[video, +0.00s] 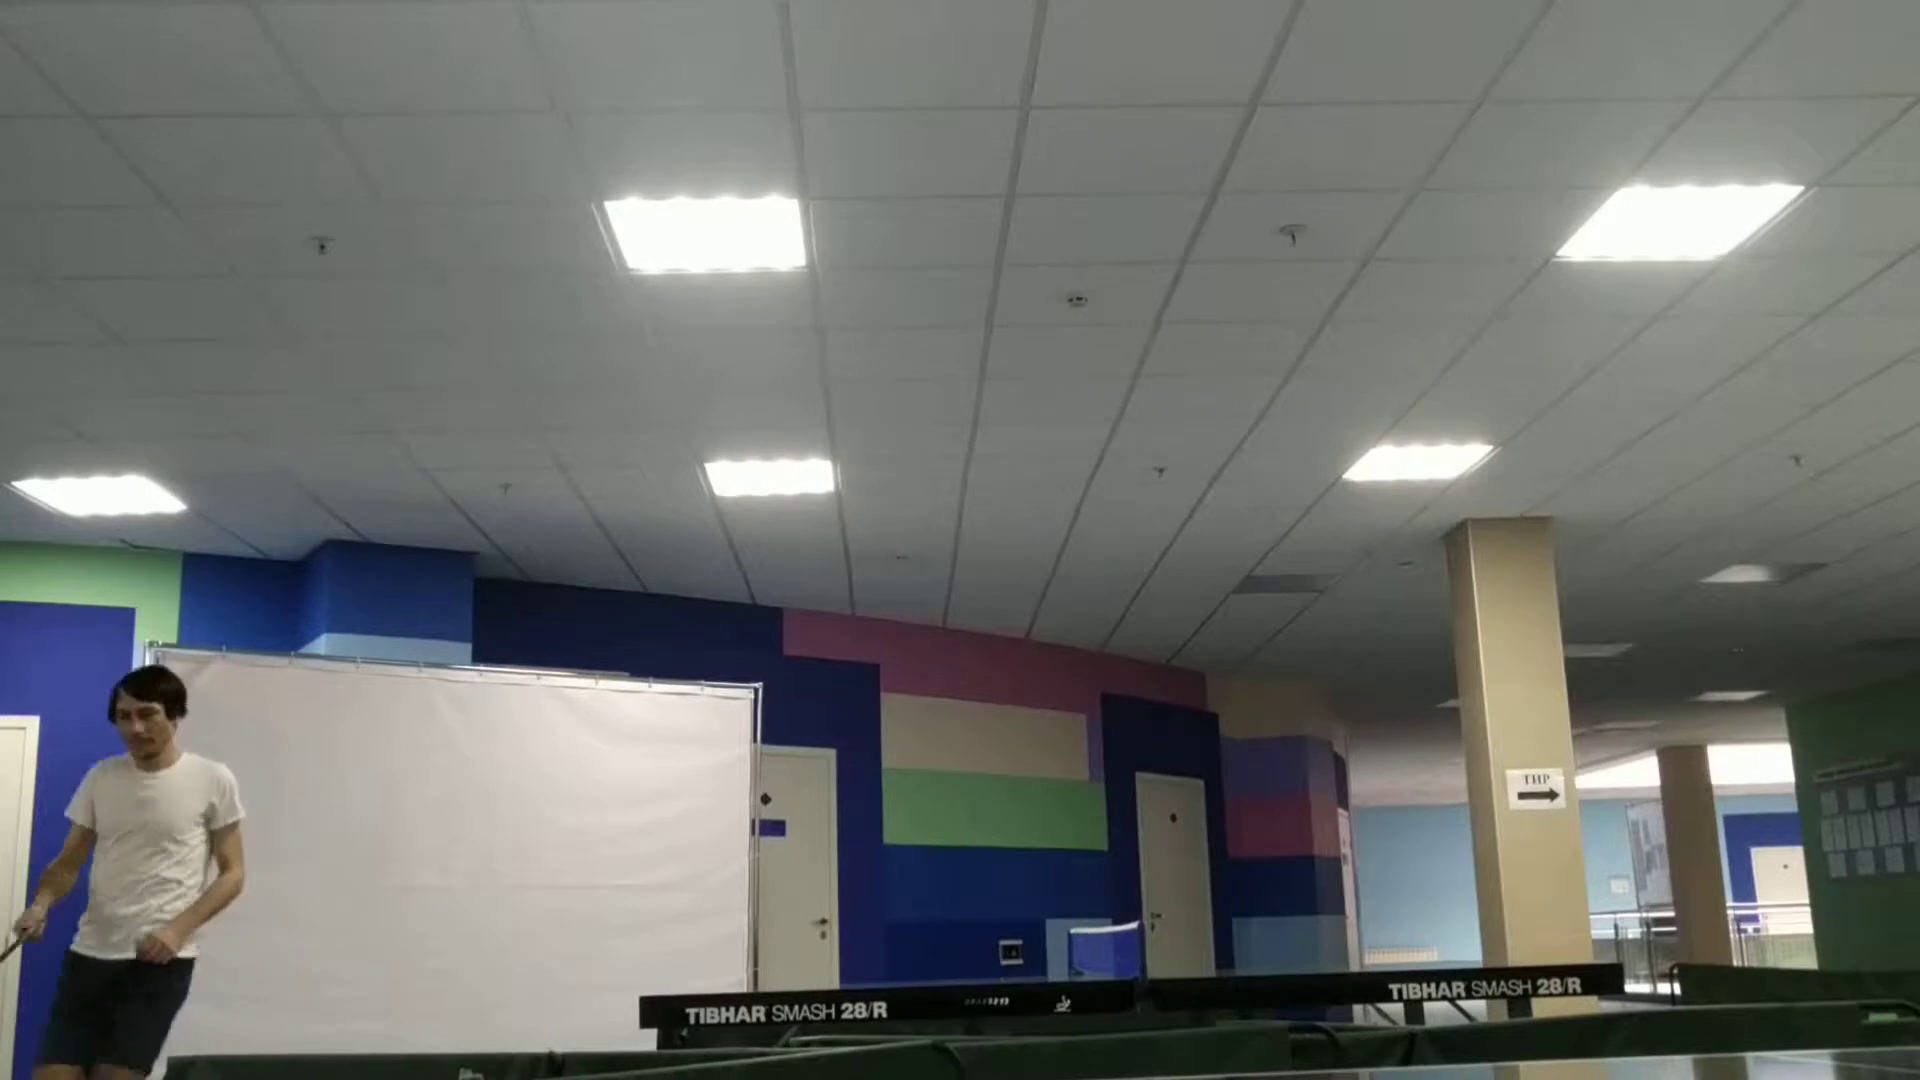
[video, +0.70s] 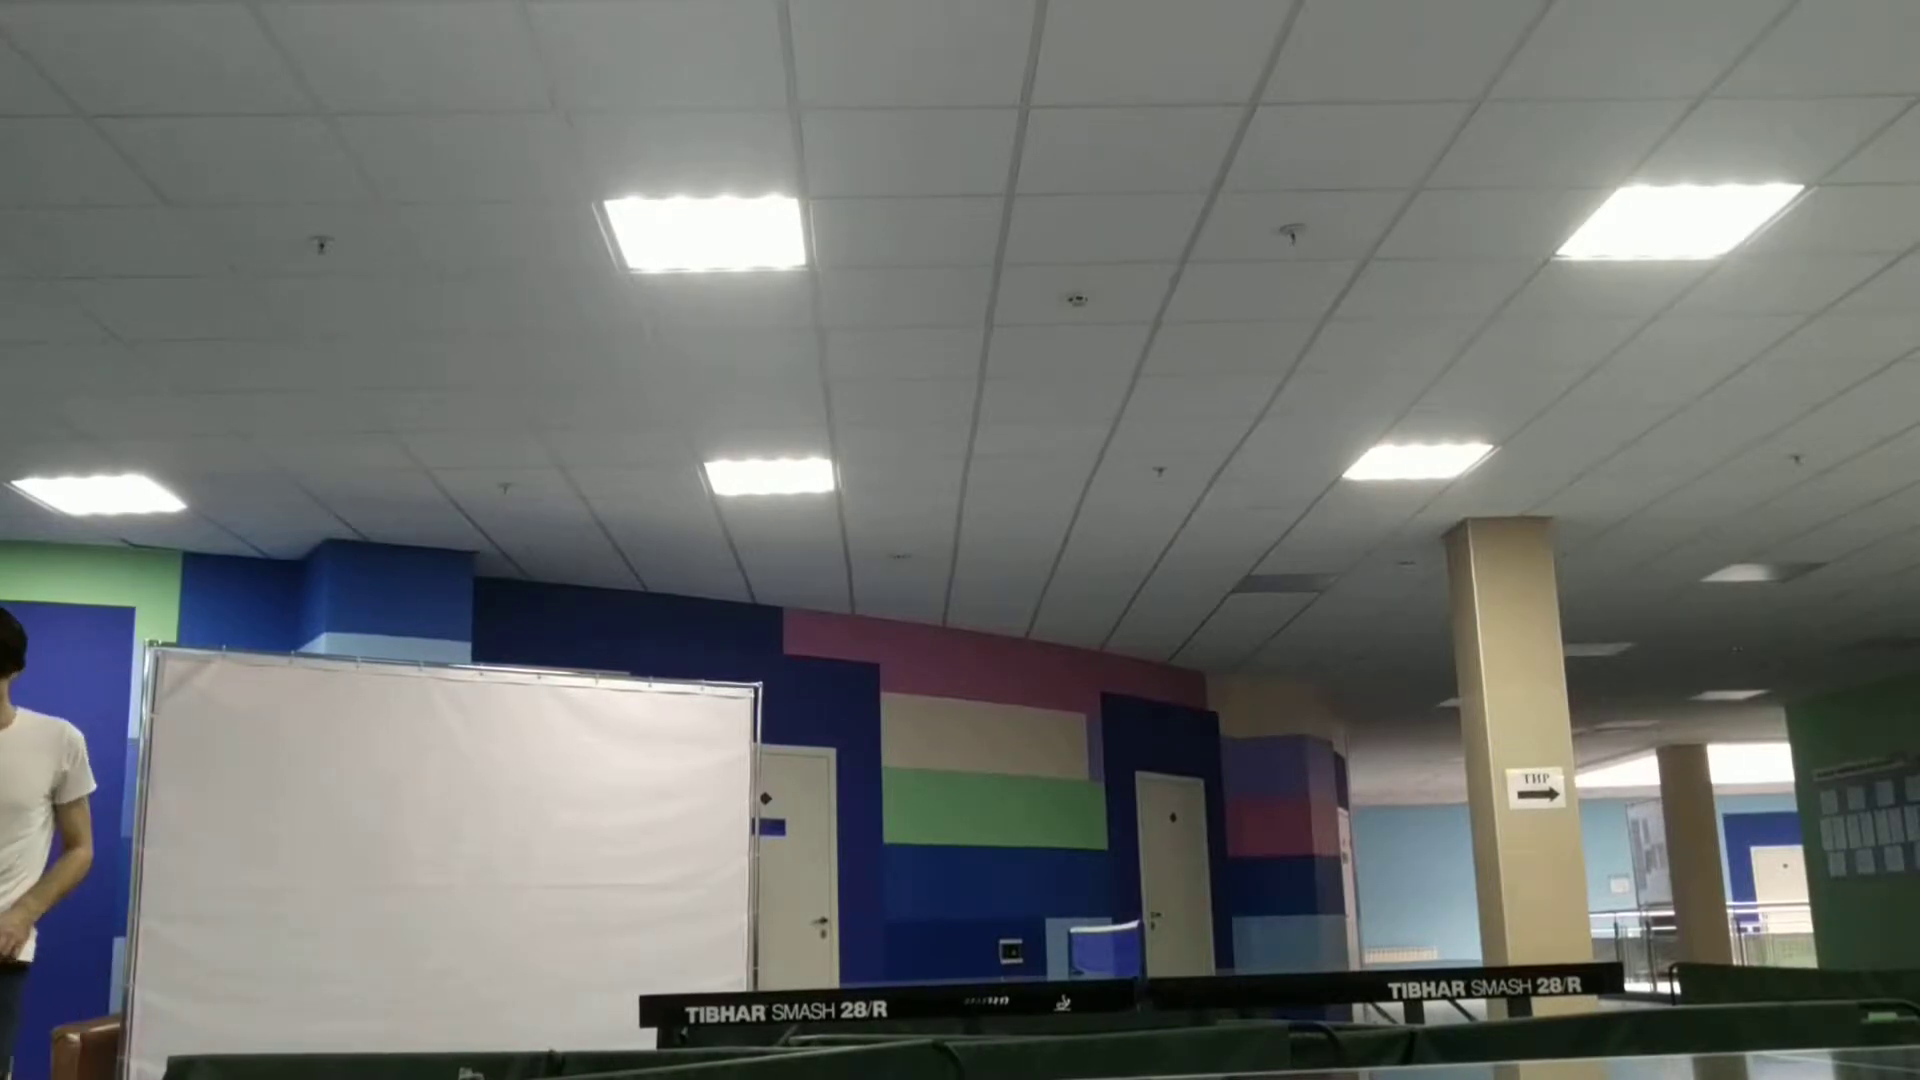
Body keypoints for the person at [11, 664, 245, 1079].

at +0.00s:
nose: (136, 727)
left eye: (147, 715)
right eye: (125, 717)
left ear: (175, 717)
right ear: (115, 722)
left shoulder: (213, 781)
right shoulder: (101, 777)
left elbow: (233, 876)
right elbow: (69, 862)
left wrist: (177, 931)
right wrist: (40, 905)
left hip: (159, 962)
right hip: (90, 956)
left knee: (116, 1072)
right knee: (55, 1071)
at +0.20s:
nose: (81, 718)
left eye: (92, 704)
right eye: (66, 708)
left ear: (114, 705)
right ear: (51, 717)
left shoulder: (156, 770)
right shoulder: (39, 778)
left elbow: (191, 867)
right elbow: (29, 871)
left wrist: (122, 907)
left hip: (112, 975)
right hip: (29, 967)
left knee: (104, 1075)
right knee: (7, 1071)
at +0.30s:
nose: (41, 719)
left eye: (52, 704)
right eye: (26, 709)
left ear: (79, 703)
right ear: (14, 717)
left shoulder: (126, 769)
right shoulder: (6, 779)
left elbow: (164, 869)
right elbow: (4, 865)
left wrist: (96, 913)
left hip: (83, 982)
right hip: (7, 975)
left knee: (76, 1075)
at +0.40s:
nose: (6, 712)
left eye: (16, 698)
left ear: (49, 698)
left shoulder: (101, 762)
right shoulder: (5, 762)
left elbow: (139, 866)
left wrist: (74, 924)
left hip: (55, 977)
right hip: (2, 968)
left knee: (48, 1073)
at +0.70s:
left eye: (1, 671)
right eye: (1, 671)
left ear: (13, 669)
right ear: (13, 669)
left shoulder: (56, 741)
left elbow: (79, 849)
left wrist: (24, 913)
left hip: (5, 955)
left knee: (3, 1065)